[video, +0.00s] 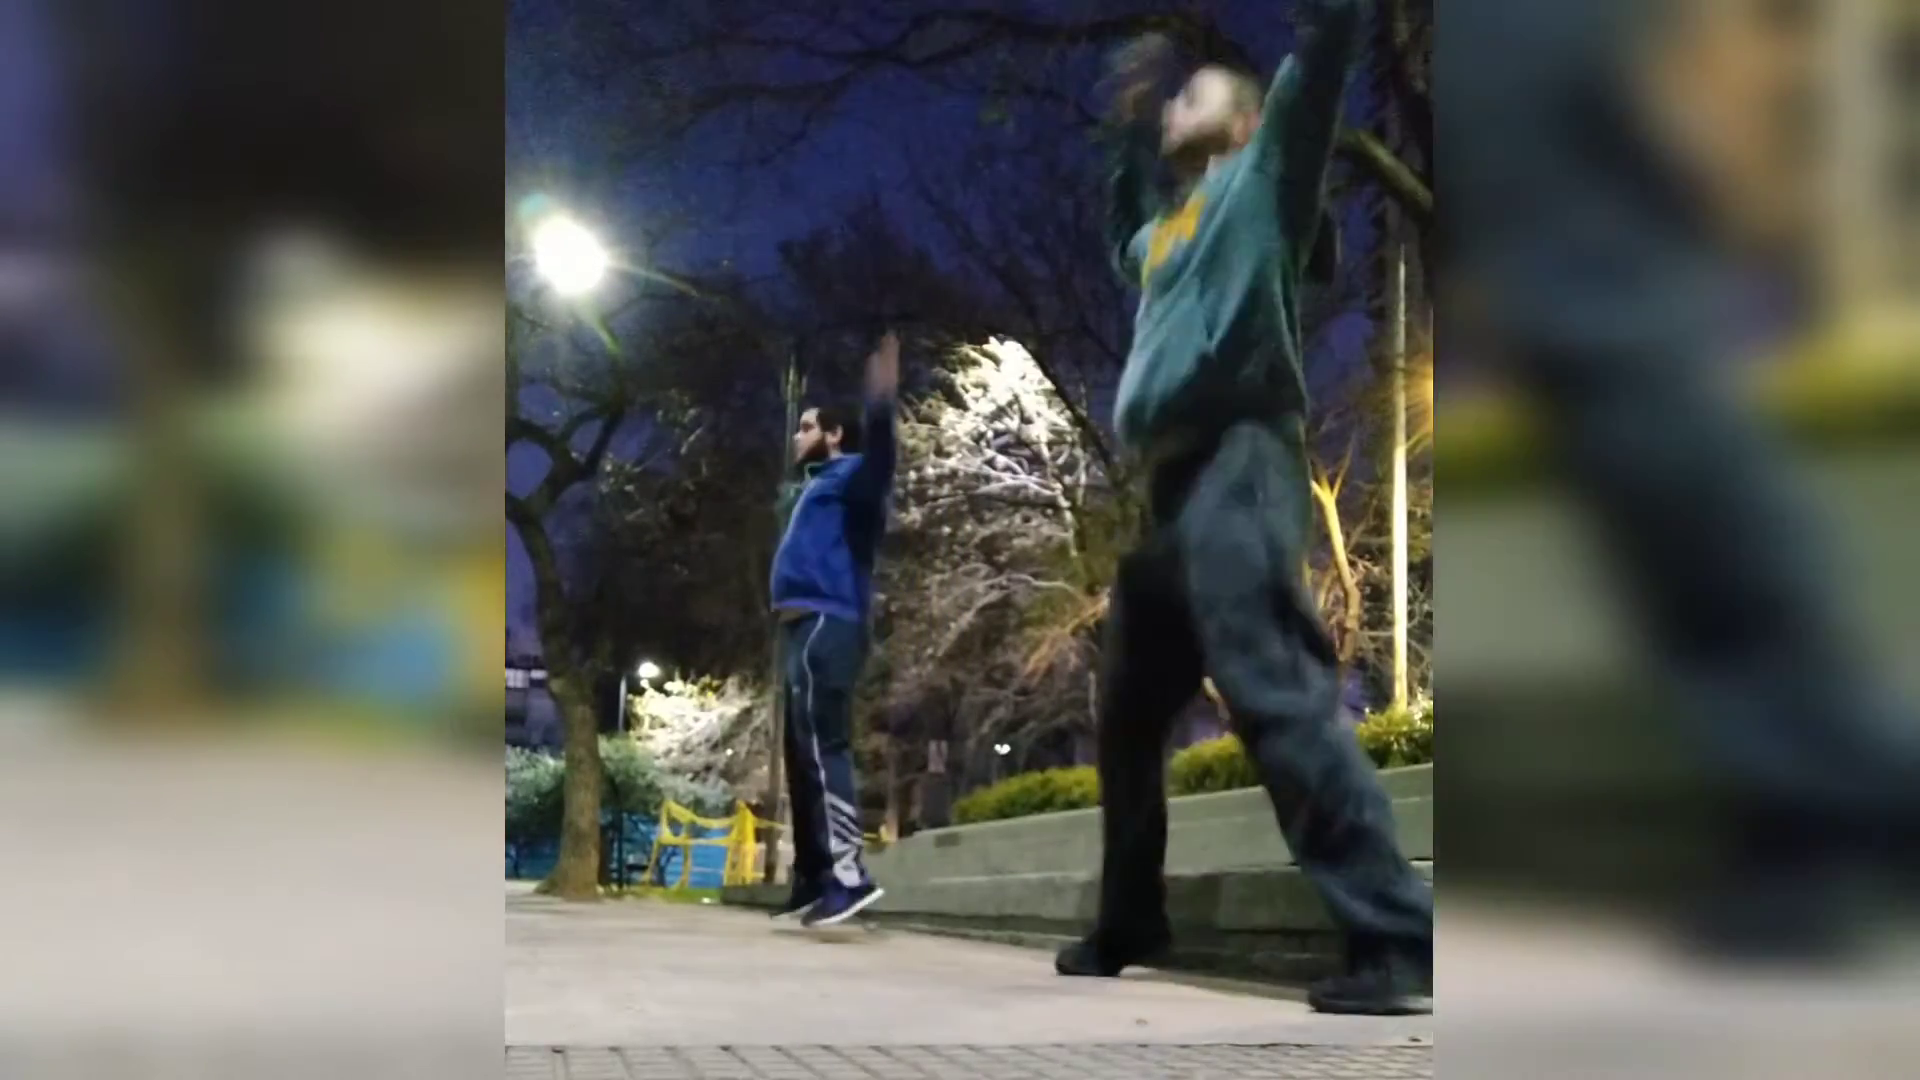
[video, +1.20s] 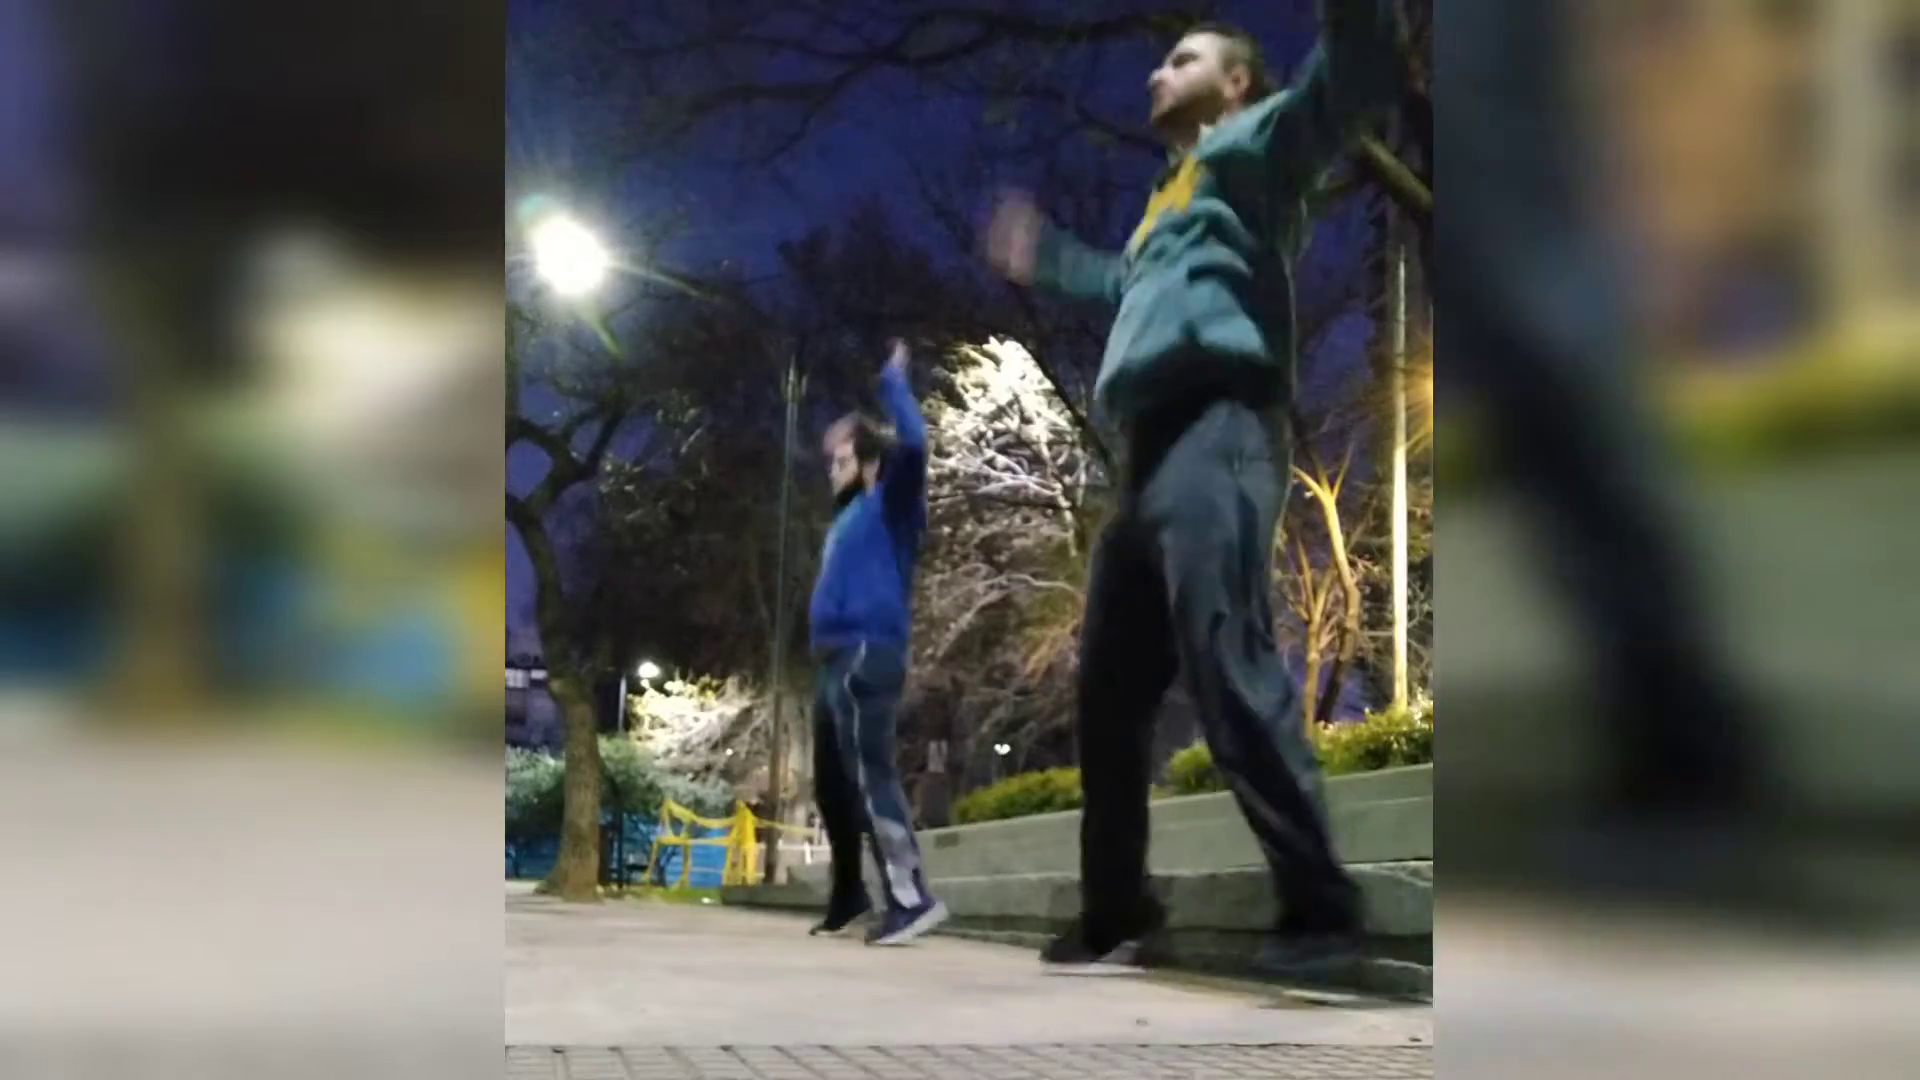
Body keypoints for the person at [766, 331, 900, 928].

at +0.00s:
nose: (799, 436)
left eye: (808, 427)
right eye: (800, 427)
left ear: (836, 432)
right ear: (816, 437)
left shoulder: (855, 476)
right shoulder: (812, 483)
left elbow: (882, 450)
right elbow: (793, 454)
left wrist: (882, 397)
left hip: (829, 618)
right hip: (794, 620)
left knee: (821, 743)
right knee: (797, 750)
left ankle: (847, 874)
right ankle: (811, 876)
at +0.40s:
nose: (809, 443)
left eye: (818, 433)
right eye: (808, 436)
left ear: (843, 437)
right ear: (814, 446)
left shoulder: (862, 475)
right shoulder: (823, 485)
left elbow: (882, 448)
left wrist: (866, 389)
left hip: (844, 618)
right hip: (807, 621)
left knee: (830, 749)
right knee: (808, 756)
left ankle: (850, 881)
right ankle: (819, 886)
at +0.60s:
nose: (809, 469)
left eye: (817, 460)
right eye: (810, 460)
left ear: (845, 465)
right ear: (842, 466)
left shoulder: (866, 504)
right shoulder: (843, 510)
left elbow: (880, 570)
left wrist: (871, 633)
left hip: (854, 654)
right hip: (833, 654)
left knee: (823, 779)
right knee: (820, 782)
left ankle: (872, 900)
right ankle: (861, 901)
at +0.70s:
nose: (815, 467)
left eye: (824, 458)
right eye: (817, 458)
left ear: (852, 464)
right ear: (848, 466)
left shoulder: (872, 509)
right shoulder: (847, 513)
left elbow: (885, 583)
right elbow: (853, 589)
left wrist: (877, 650)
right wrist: (825, 656)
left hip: (857, 662)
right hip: (832, 662)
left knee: (836, 779)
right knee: (827, 781)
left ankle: (876, 902)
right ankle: (859, 902)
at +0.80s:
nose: (820, 447)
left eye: (830, 437)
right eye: (821, 438)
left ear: (860, 442)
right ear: (838, 447)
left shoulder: (883, 477)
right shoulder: (837, 497)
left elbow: (898, 528)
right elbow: (825, 565)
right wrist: (810, 614)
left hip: (863, 624)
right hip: (827, 629)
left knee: (858, 753)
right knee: (835, 761)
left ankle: (878, 882)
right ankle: (850, 890)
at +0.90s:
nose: (826, 445)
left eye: (835, 436)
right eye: (825, 438)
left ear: (863, 442)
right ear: (836, 450)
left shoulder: (881, 489)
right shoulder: (836, 495)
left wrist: (897, 363)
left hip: (865, 622)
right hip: (829, 626)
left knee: (862, 743)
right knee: (832, 757)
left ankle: (899, 874)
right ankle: (846, 879)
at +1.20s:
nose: (832, 469)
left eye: (840, 458)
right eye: (829, 461)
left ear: (869, 456)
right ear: (844, 464)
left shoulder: (891, 499)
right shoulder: (848, 515)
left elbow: (912, 443)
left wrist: (894, 380)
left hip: (871, 644)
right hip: (833, 649)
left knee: (871, 772)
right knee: (834, 783)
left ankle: (910, 898)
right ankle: (852, 892)